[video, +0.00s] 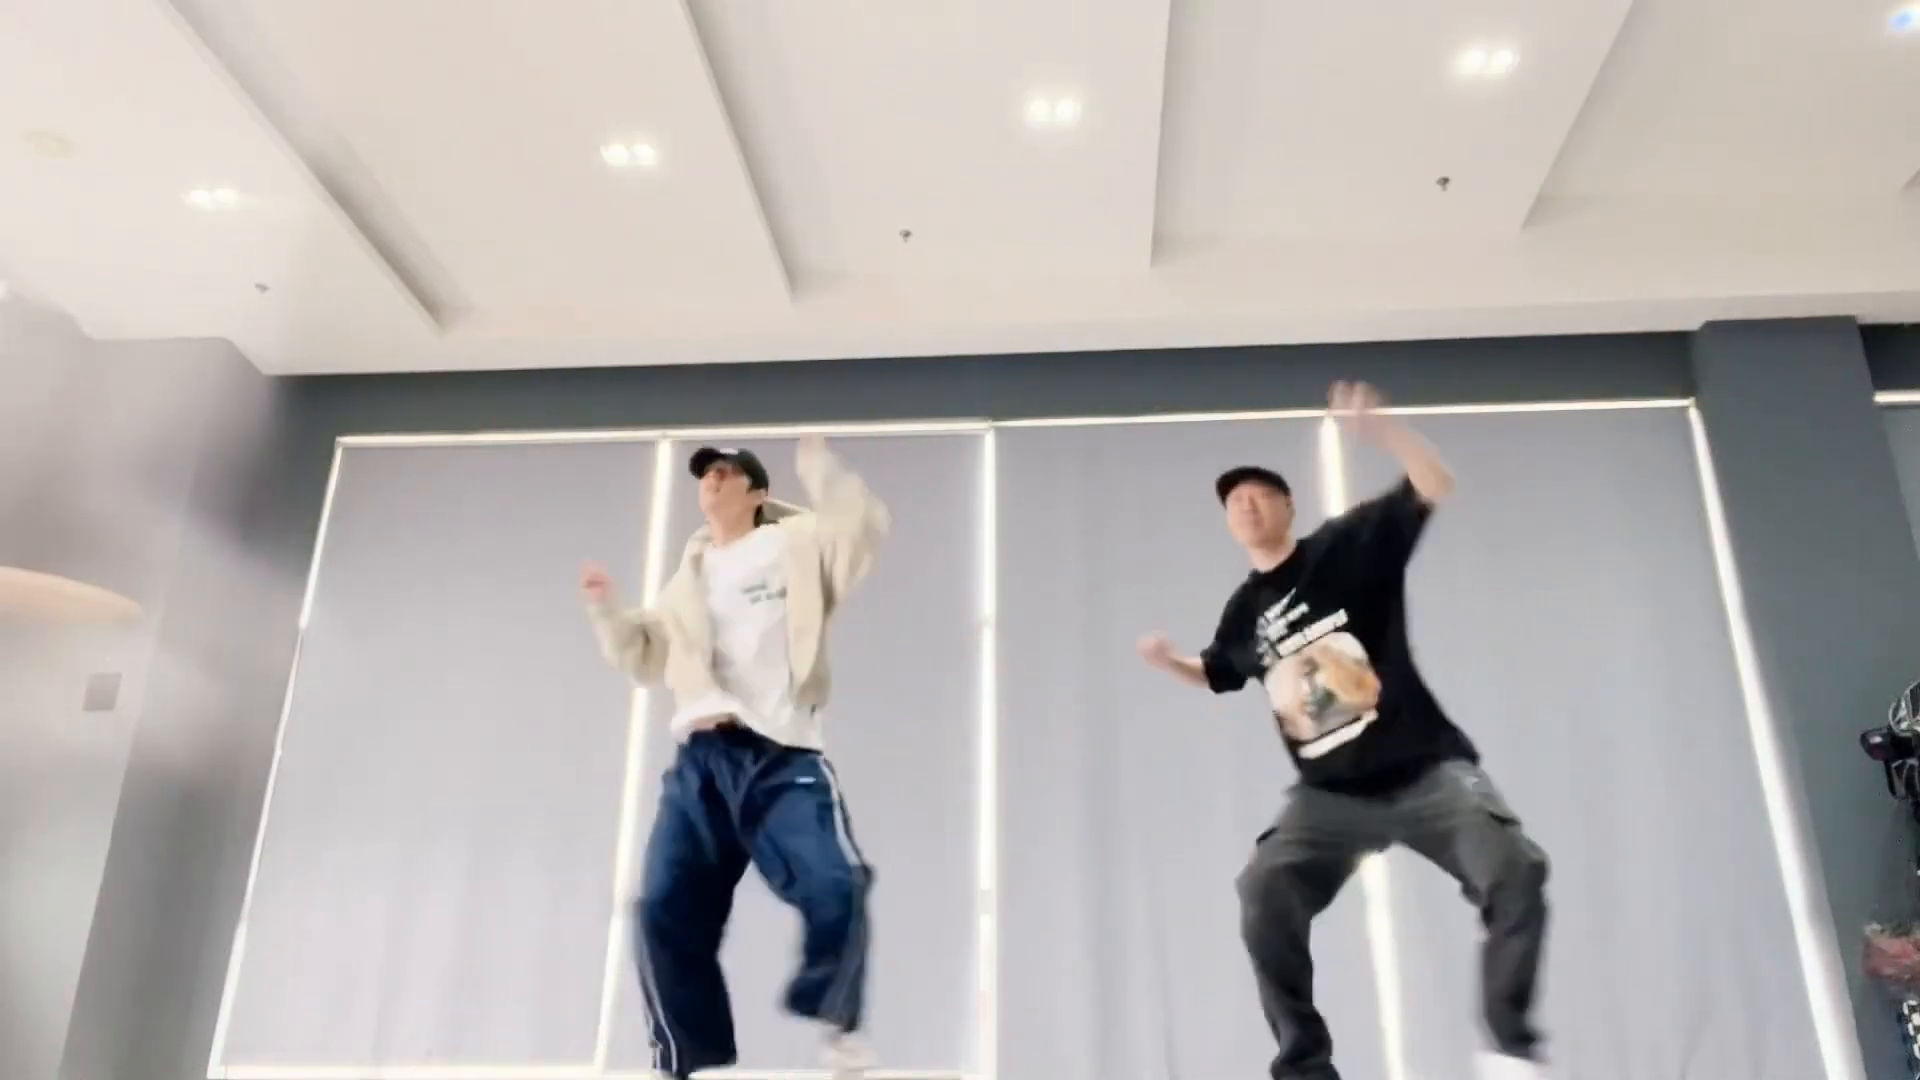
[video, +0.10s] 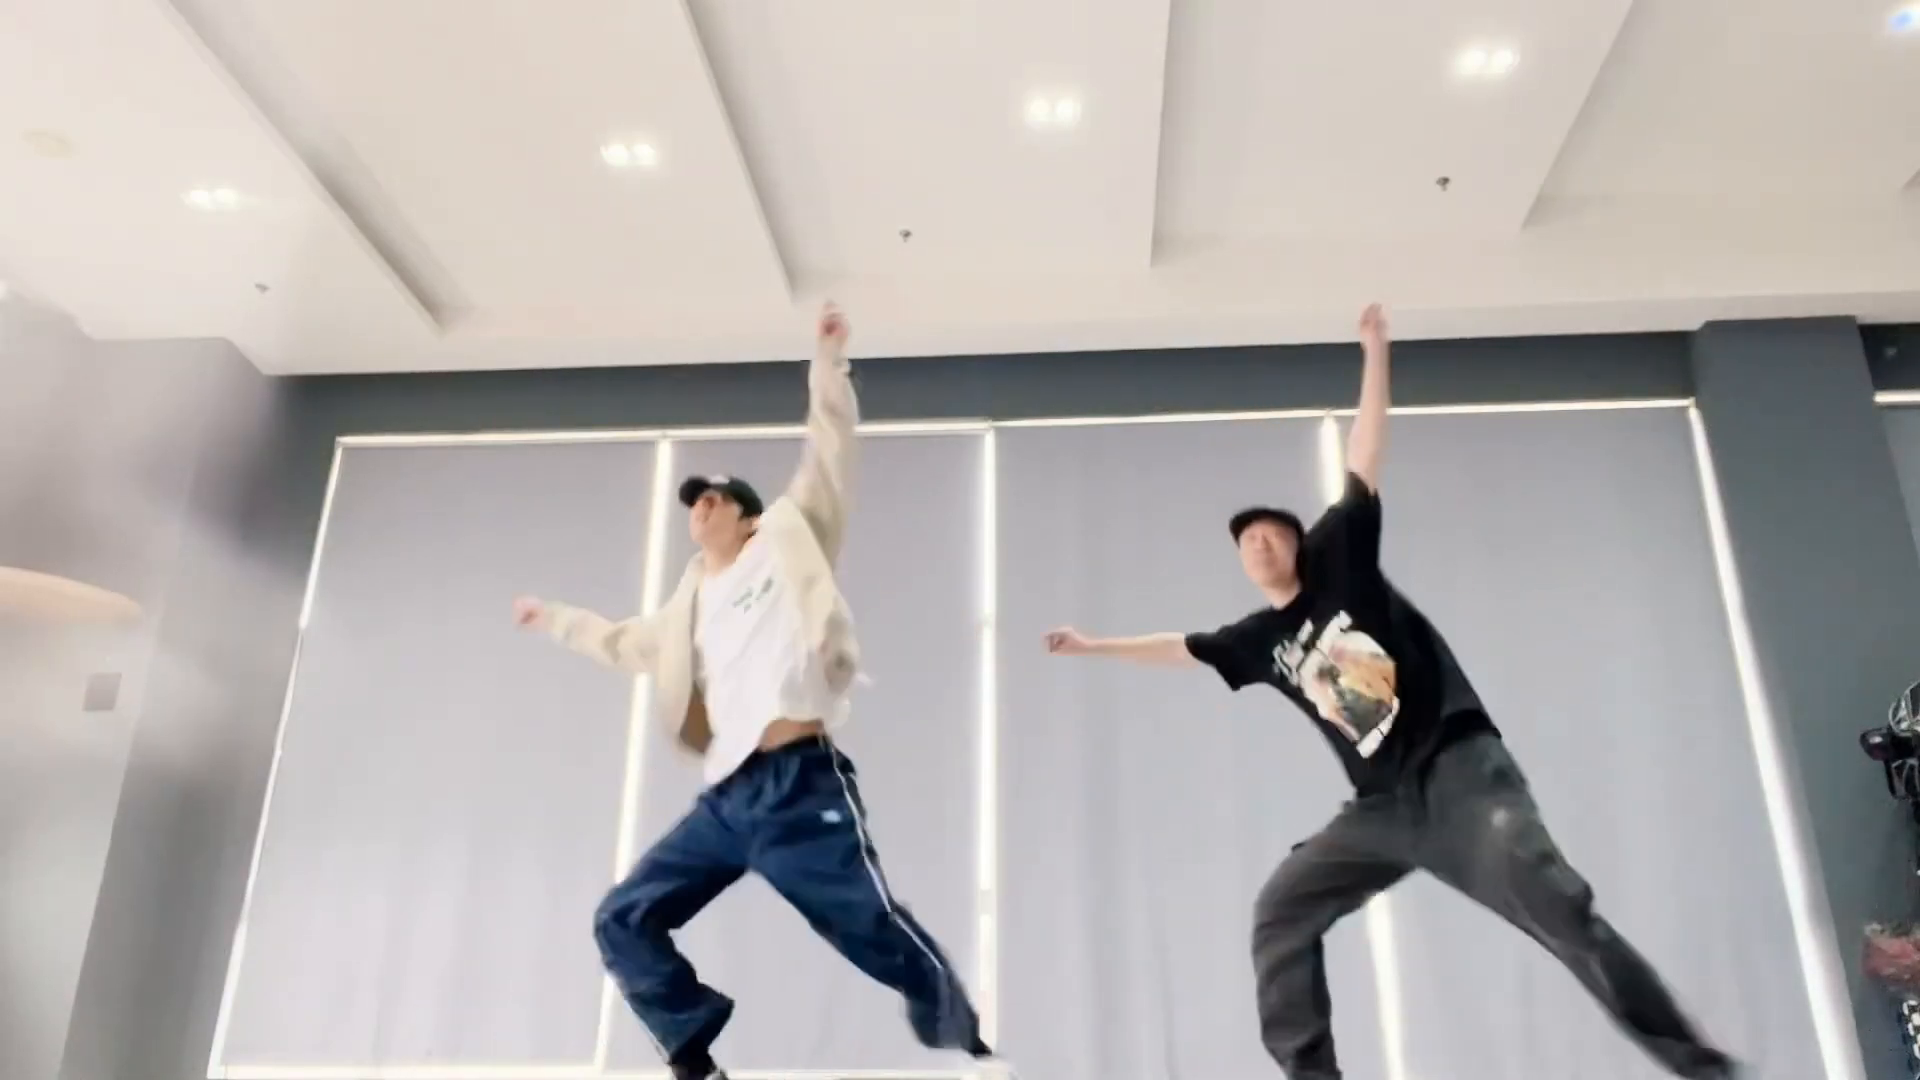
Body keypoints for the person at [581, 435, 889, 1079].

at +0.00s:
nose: (712, 484)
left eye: (726, 476)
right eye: (705, 477)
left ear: (756, 492)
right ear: (697, 497)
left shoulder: (802, 539)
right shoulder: (688, 577)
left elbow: (862, 528)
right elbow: (650, 661)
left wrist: (818, 463)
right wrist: (608, 612)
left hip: (785, 760)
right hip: (700, 760)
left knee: (835, 884)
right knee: (665, 913)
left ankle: (836, 1027)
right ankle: (697, 1067)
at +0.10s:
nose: (696, 512)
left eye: (708, 501)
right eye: (691, 508)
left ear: (742, 509)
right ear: (692, 529)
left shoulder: (791, 531)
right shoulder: (690, 604)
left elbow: (830, 453)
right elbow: (625, 646)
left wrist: (830, 359)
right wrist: (551, 618)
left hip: (803, 781)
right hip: (727, 797)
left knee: (870, 926)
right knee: (622, 918)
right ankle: (694, 1062)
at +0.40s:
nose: (727, 483)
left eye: (743, 476)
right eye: (720, 477)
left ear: (768, 498)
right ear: (709, 499)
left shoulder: (794, 534)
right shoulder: (692, 566)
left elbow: (865, 521)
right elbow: (675, 666)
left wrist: (831, 456)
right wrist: (614, 650)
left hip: (802, 765)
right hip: (721, 771)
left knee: (829, 913)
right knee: (668, 915)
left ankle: (904, 1067)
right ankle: (696, 1071)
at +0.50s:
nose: (755, 482)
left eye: (768, 476)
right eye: (743, 475)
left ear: (785, 498)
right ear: (727, 497)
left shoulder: (807, 558)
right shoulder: (702, 570)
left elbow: (840, 649)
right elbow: (680, 688)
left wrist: (827, 570)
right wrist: (667, 629)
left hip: (785, 758)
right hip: (706, 753)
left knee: (759, 913)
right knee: (688, 898)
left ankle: (754, 1067)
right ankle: (694, 1064)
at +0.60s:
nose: (781, 506)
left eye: (792, 500)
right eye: (769, 499)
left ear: (809, 523)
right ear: (749, 520)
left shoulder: (828, 593)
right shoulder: (706, 569)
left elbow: (816, 683)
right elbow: (631, 573)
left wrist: (799, 623)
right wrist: (679, 510)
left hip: (772, 792)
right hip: (682, 780)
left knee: (786, 927)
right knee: (597, 895)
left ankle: (762, 1065)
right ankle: (615, 1025)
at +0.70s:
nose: (789, 538)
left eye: (799, 534)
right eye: (776, 531)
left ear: (806, 556)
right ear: (753, 545)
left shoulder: (810, 623)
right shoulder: (710, 580)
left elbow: (794, 679)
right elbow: (719, 475)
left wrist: (759, 716)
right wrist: (738, 379)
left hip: (754, 818)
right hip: (668, 798)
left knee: (852, 923)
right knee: (583, 922)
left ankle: (766, 1064)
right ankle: (477, 1043)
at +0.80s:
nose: (786, 568)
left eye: (795, 561)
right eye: (774, 557)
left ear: (802, 581)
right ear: (750, 570)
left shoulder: (795, 665)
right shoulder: (708, 606)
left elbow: (771, 725)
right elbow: (737, 497)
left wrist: (735, 778)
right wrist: (760, 403)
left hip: (737, 843)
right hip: (653, 823)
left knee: (835, 931)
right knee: (563, 957)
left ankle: (775, 1073)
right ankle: (437, 1050)